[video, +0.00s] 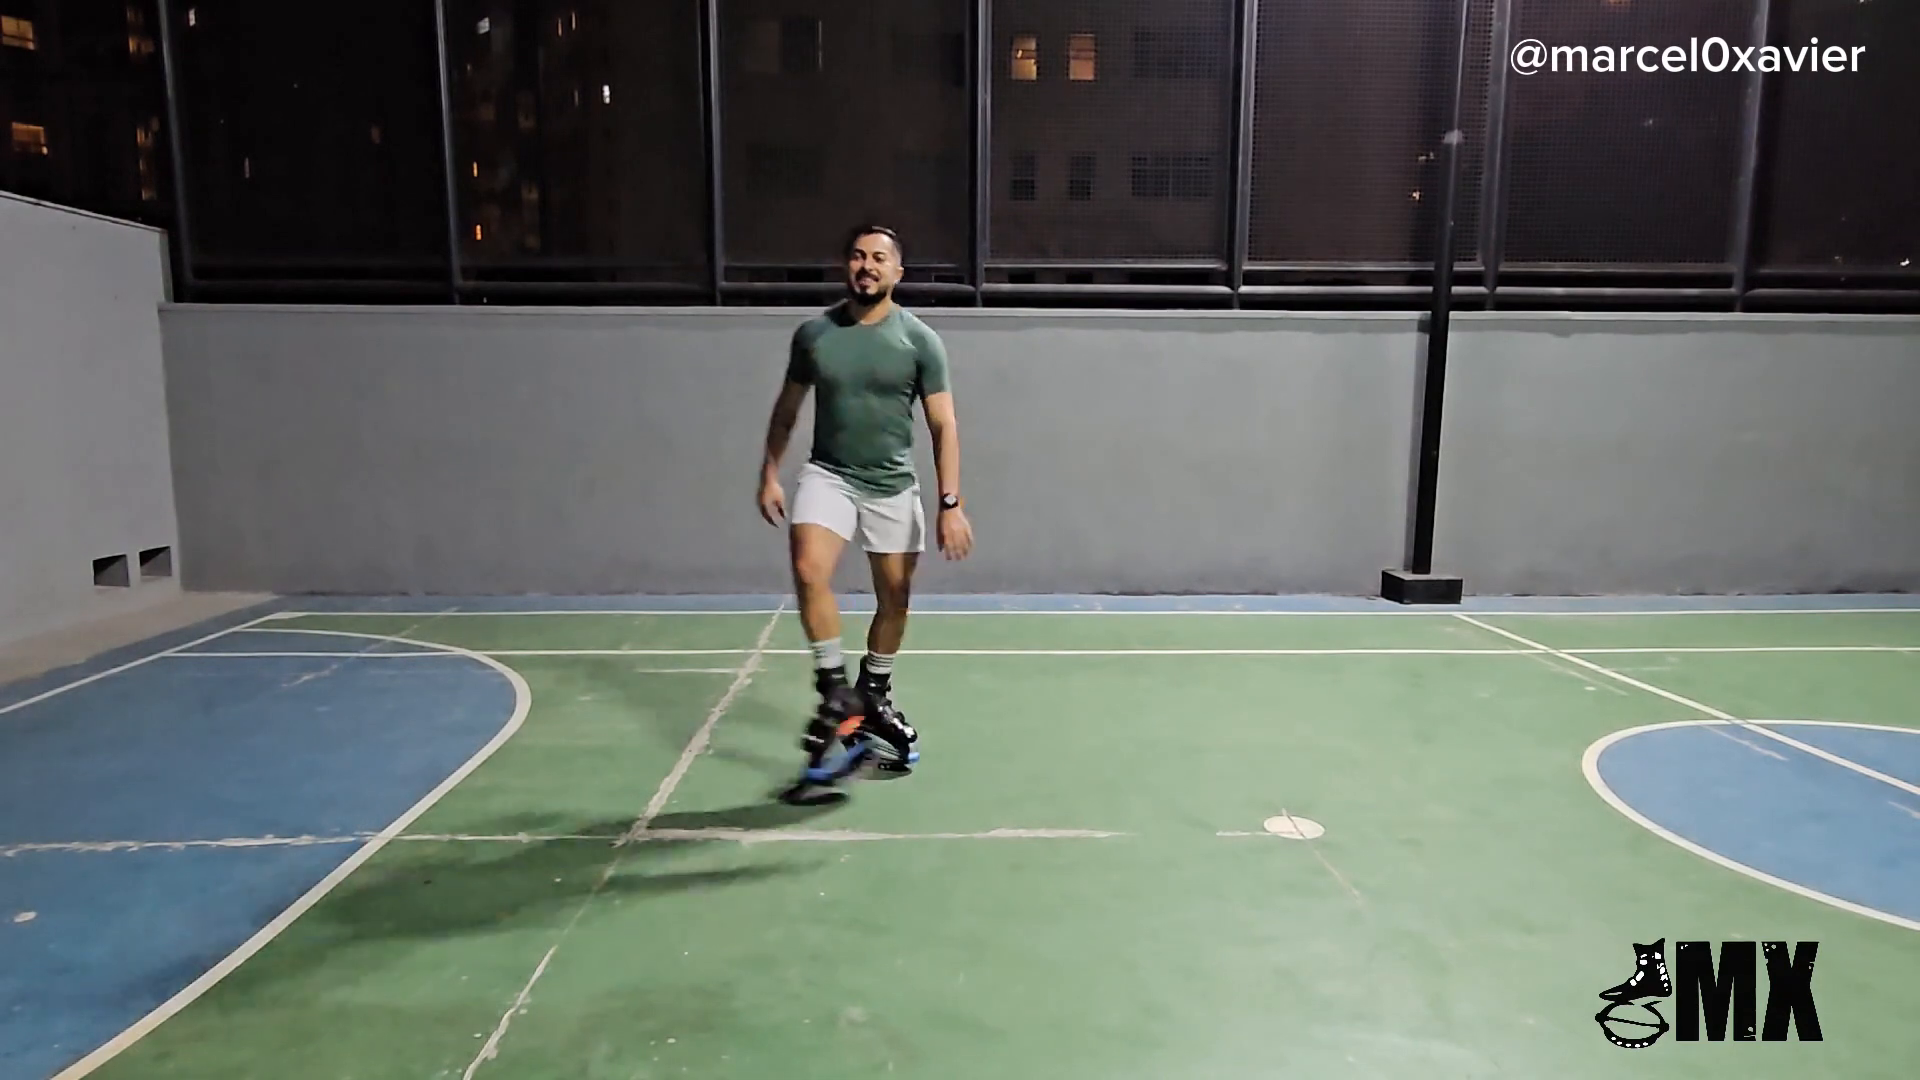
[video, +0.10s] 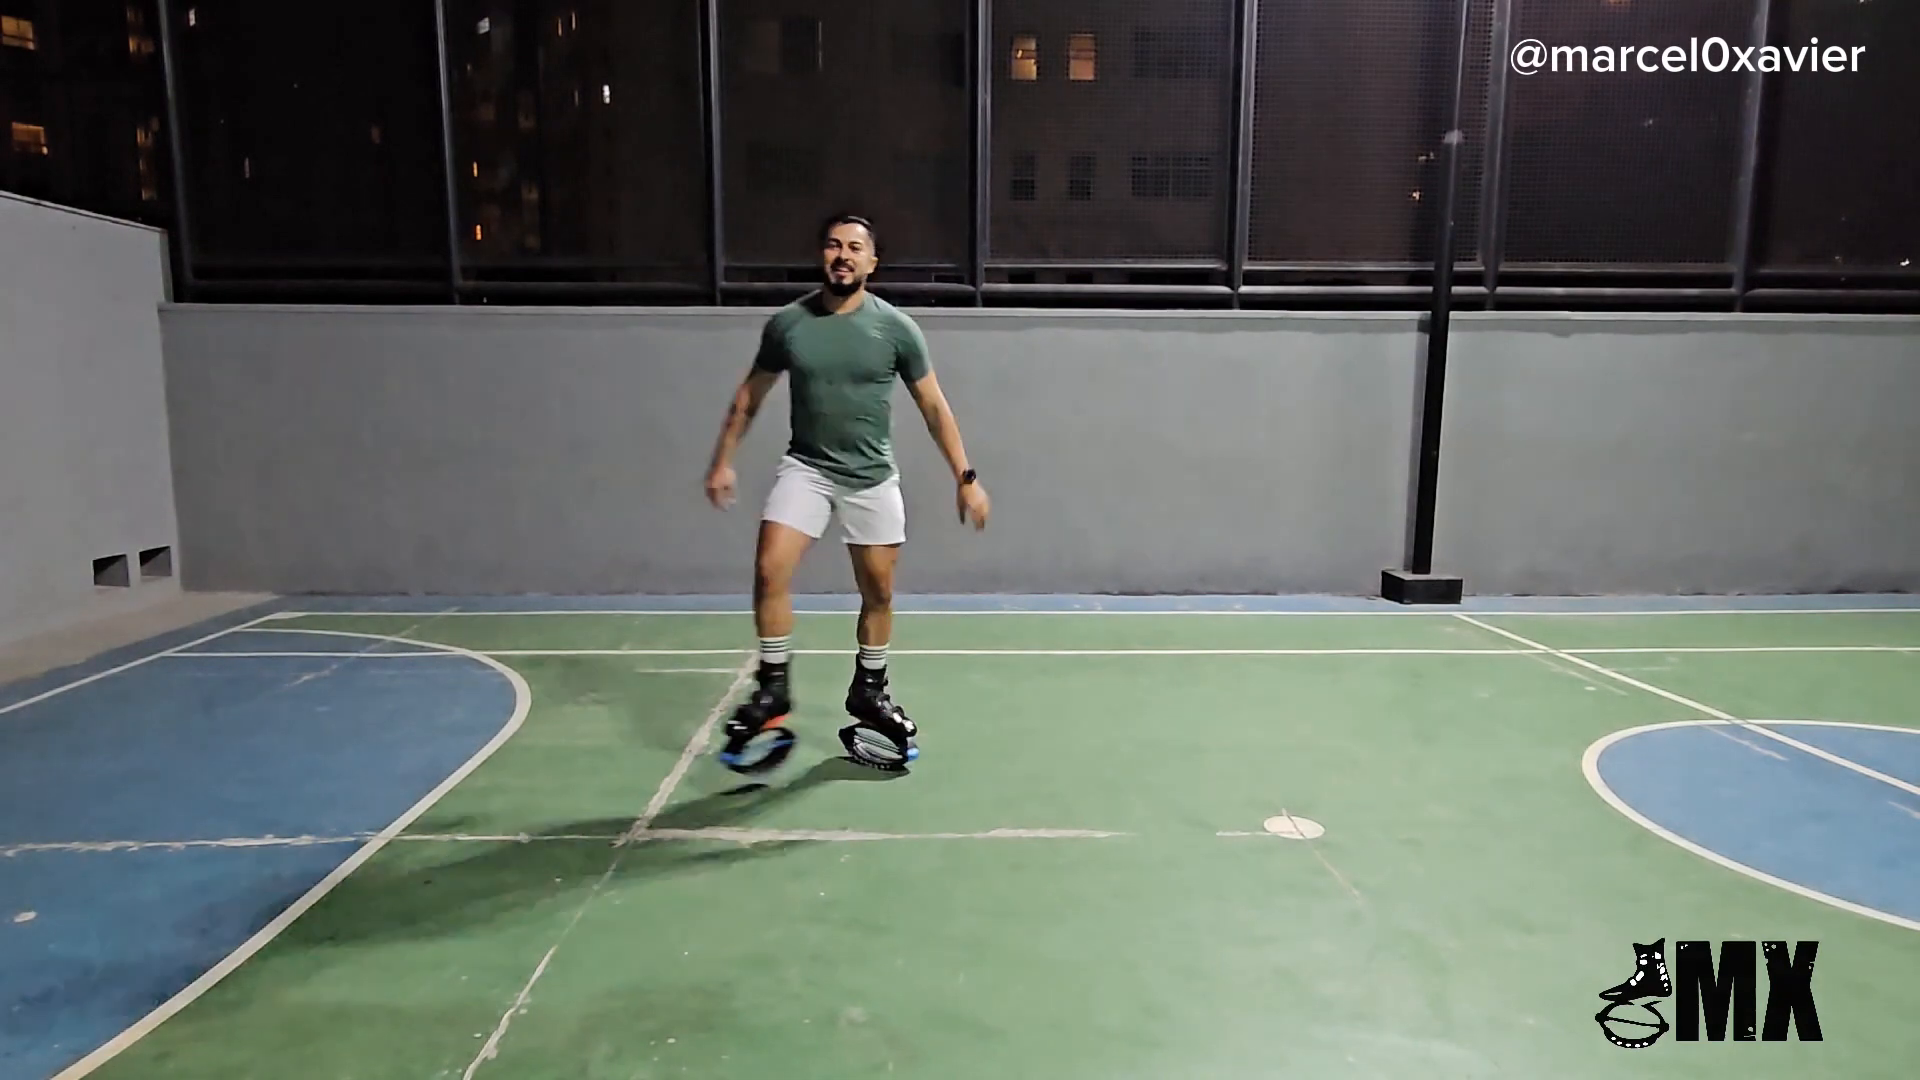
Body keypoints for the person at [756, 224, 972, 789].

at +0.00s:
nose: (866, 265)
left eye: (879, 257)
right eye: (858, 256)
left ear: (899, 272)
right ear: (845, 267)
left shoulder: (921, 341)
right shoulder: (814, 336)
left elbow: (944, 426)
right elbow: (786, 410)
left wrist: (951, 504)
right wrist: (769, 474)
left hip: (893, 486)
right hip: (827, 477)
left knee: (895, 596)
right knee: (808, 571)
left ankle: (875, 693)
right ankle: (833, 693)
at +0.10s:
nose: (843, 255)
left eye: (855, 247)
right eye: (834, 245)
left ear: (873, 262)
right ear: (820, 257)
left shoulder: (897, 329)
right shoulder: (787, 325)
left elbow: (935, 408)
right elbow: (751, 393)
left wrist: (966, 478)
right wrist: (722, 462)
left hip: (872, 477)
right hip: (805, 470)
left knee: (879, 589)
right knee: (769, 570)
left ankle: (869, 695)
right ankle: (773, 694)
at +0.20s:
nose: (824, 262)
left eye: (835, 253)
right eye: (814, 251)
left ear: (847, 264)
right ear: (797, 260)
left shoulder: (870, 330)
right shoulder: (761, 329)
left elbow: (921, 394)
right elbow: (712, 389)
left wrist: (973, 449)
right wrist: (662, 447)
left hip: (848, 481)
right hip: (779, 477)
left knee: (866, 589)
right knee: (744, 583)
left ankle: (865, 693)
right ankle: (720, 695)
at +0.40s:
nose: (802, 282)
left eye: (806, 273)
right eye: (792, 271)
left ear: (807, 280)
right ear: (758, 274)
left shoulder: (818, 344)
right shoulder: (706, 336)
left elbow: (881, 402)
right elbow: (644, 393)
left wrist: (936, 432)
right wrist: (587, 405)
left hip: (793, 487)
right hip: (725, 490)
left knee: (830, 593)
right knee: (710, 598)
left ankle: (853, 699)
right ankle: (694, 720)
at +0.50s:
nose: (792, 270)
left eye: (796, 260)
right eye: (781, 259)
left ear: (796, 267)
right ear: (747, 263)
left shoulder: (809, 333)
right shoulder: (696, 320)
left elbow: (851, 403)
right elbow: (647, 383)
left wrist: (872, 425)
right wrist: (627, 393)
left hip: (780, 471)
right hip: (713, 475)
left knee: (806, 577)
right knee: (703, 586)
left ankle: (813, 684)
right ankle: (693, 708)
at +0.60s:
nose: (786, 267)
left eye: (791, 259)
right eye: (775, 257)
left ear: (792, 265)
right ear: (740, 260)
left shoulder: (803, 331)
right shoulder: (692, 315)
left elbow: (816, 411)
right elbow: (652, 389)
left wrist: (805, 419)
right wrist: (673, 398)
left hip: (774, 469)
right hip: (706, 471)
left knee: (779, 574)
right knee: (692, 584)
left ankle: (770, 684)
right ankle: (691, 704)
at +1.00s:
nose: (778, 249)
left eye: (790, 243)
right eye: (769, 242)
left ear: (810, 262)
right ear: (754, 258)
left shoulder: (831, 330)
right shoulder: (713, 317)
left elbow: (856, 400)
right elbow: (667, 382)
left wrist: (820, 341)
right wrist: (657, 457)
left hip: (792, 473)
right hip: (723, 477)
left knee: (823, 565)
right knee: (703, 590)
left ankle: (815, 693)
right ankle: (689, 711)